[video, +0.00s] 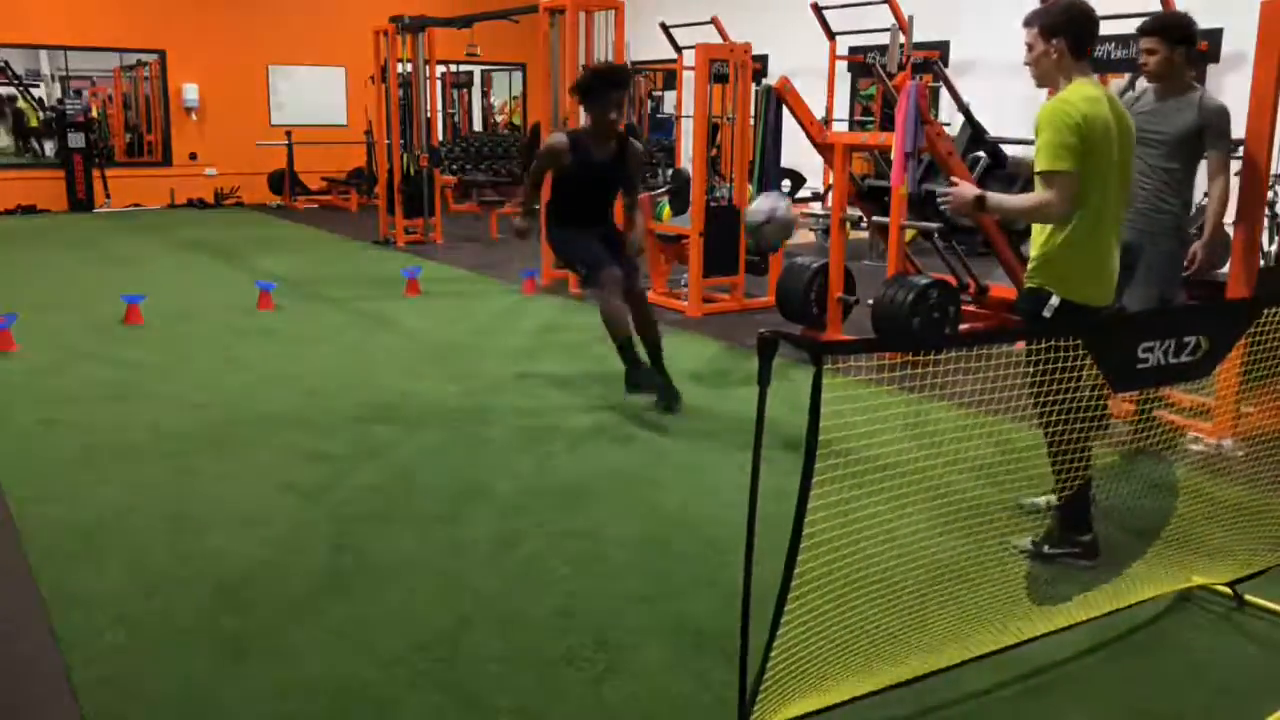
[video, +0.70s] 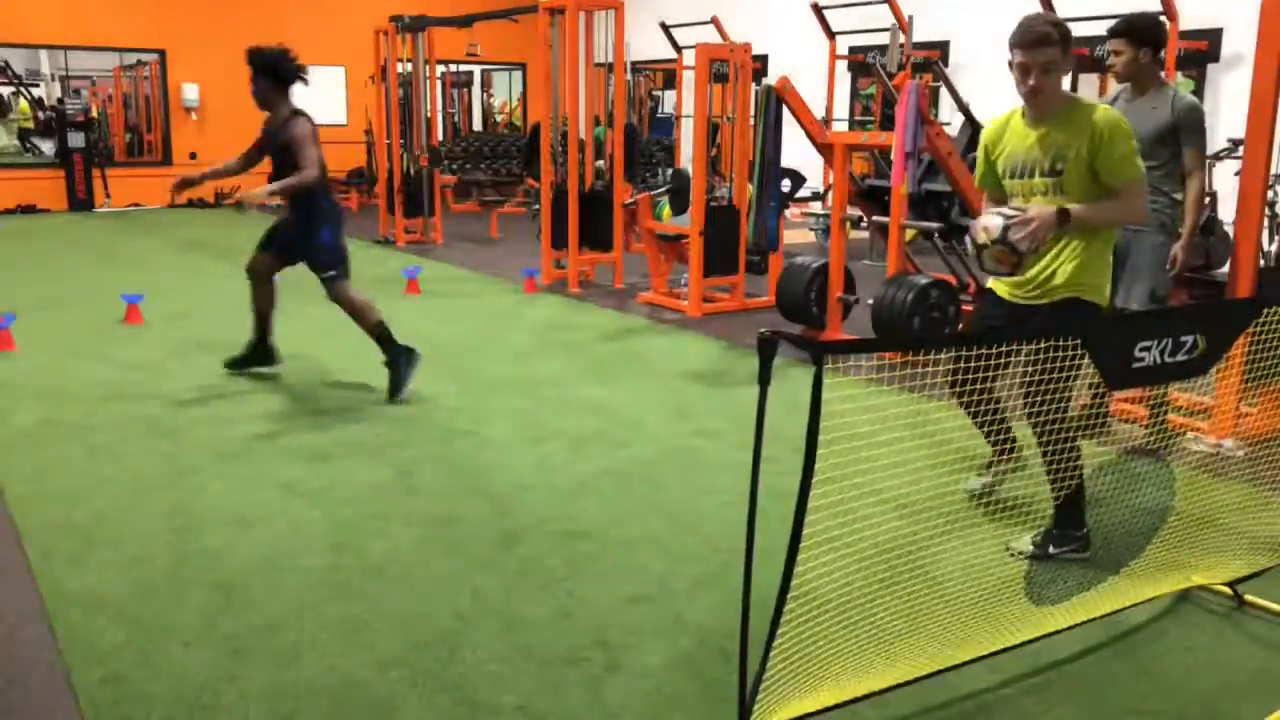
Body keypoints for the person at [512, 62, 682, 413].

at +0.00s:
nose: (615, 117)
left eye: (620, 109)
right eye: (607, 109)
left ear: (626, 109)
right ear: (587, 108)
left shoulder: (629, 152)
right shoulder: (560, 147)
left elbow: (631, 199)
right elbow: (533, 182)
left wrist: (635, 232)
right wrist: (527, 216)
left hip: (603, 228)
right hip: (565, 229)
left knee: (635, 288)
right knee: (609, 278)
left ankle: (658, 369)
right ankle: (633, 368)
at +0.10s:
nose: (597, 128)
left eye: (604, 121)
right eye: (590, 121)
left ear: (612, 125)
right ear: (576, 125)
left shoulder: (625, 172)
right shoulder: (558, 169)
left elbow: (628, 221)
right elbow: (533, 213)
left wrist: (631, 256)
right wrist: (518, 252)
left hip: (606, 252)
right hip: (568, 254)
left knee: (644, 314)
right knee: (604, 302)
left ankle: (676, 379)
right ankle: (590, 371)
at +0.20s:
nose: (551, 121)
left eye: (559, 114)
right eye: (546, 113)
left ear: (577, 119)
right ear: (539, 119)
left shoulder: (594, 170)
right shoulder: (527, 163)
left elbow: (605, 218)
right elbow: (512, 201)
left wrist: (611, 251)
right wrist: (498, 224)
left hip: (590, 258)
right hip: (550, 261)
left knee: (634, 320)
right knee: (558, 321)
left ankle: (674, 380)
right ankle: (568, 357)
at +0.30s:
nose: (484, 109)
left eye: (491, 102)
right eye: (484, 102)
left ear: (514, 108)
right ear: (488, 107)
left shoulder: (538, 153)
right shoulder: (477, 148)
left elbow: (570, 194)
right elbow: (441, 170)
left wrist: (602, 210)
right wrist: (417, 170)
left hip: (543, 249)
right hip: (509, 254)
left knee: (578, 311)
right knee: (519, 325)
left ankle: (638, 364)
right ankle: (573, 367)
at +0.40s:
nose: (428, 102)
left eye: (435, 94)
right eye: (428, 94)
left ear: (456, 99)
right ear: (433, 100)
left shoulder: (485, 141)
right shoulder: (426, 137)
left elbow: (538, 166)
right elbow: (371, 138)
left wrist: (577, 166)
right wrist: (345, 113)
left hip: (491, 234)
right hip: (466, 236)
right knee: (497, 305)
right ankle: (534, 360)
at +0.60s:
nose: (315, 99)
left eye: (321, 91)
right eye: (315, 91)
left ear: (339, 94)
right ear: (321, 96)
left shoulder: (361, 133)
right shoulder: (324, 132)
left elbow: (382, 172)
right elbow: (291, 145)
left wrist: (353, 183)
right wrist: (258, 138)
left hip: (383, 229)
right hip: (363, 228)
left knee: (372, 302)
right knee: (333, 291)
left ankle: (427, 372)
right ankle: (395, 331)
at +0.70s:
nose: (252, 91)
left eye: (256, 84)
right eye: (252, 84)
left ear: (274, 86)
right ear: (274, 87)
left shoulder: (298, 125)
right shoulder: (273, 125)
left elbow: (311, 174)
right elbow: (245, 163)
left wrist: (263, 191)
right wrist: (201, 178)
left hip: (321, 219)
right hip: (297, 219)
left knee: (339, 290)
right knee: (259, 269)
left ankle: (397, 353)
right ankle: (262, 347)